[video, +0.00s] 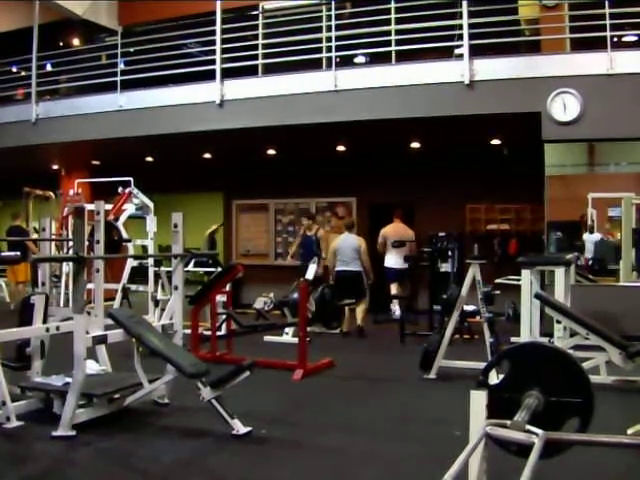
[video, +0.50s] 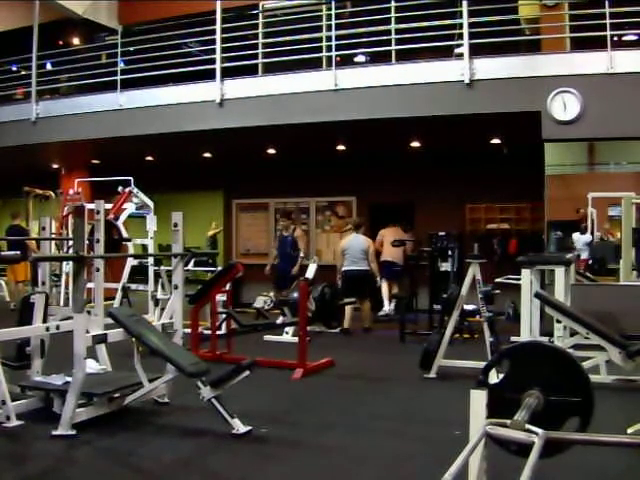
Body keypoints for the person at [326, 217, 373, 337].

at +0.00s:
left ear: (344, 227)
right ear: (354, 227)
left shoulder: (336, 241)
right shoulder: (360, 241)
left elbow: (331, 260)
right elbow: (365, 260)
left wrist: (331, 274)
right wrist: (370, 274)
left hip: (341, 272)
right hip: (356, 272)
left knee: (346, 302)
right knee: (362, 299)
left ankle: (345, 327)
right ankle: (359, 322)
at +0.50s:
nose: (364, 229)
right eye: (363, 228)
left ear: (352, 228)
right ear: (362, 228)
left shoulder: (344, 242)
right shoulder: (368, 241)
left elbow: (339, 261)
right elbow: (372, 261)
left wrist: (338, 274)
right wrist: (377, 275)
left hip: (348, 272)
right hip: (364, 272)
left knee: (349, 301)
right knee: (365, 300)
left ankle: (346, 326)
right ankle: (367, 324)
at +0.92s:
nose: (373, 228)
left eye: (372, 226)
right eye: (372, 226)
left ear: (360, 226)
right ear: (371, 227)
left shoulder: (353, 240)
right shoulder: (377, 240)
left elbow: (349, 256)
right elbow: (382, 258)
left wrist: (349, 268)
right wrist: (386, 269)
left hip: (356, 269)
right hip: (371, 269)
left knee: (356, 299)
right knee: (369, 298)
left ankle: (354, 322)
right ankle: (367, 324)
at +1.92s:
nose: (377, 232)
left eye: (377, 230)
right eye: (377, 230)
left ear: (366, 229)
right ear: (374, 229)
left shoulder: (357, 239)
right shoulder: (376, 240)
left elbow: (353, 255)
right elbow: (378, 256)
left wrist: (356, 264)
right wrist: (383, 271)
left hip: (358, 267)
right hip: (372, 267)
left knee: (362, 295)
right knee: (380, 292)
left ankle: (364, 321)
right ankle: (381, 315)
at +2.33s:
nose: (389, 234)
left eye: (389, 232)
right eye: (389, 232)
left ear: (379, 230)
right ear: (388, 231)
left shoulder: (367, 239)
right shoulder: (388, 241)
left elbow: (359, 253)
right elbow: (390, 258)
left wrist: (358, 265)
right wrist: (394, 271)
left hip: (368, 266)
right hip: (382, 267)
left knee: (370, 294)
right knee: (385, 295)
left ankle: (365, 315)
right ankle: (385, 316)